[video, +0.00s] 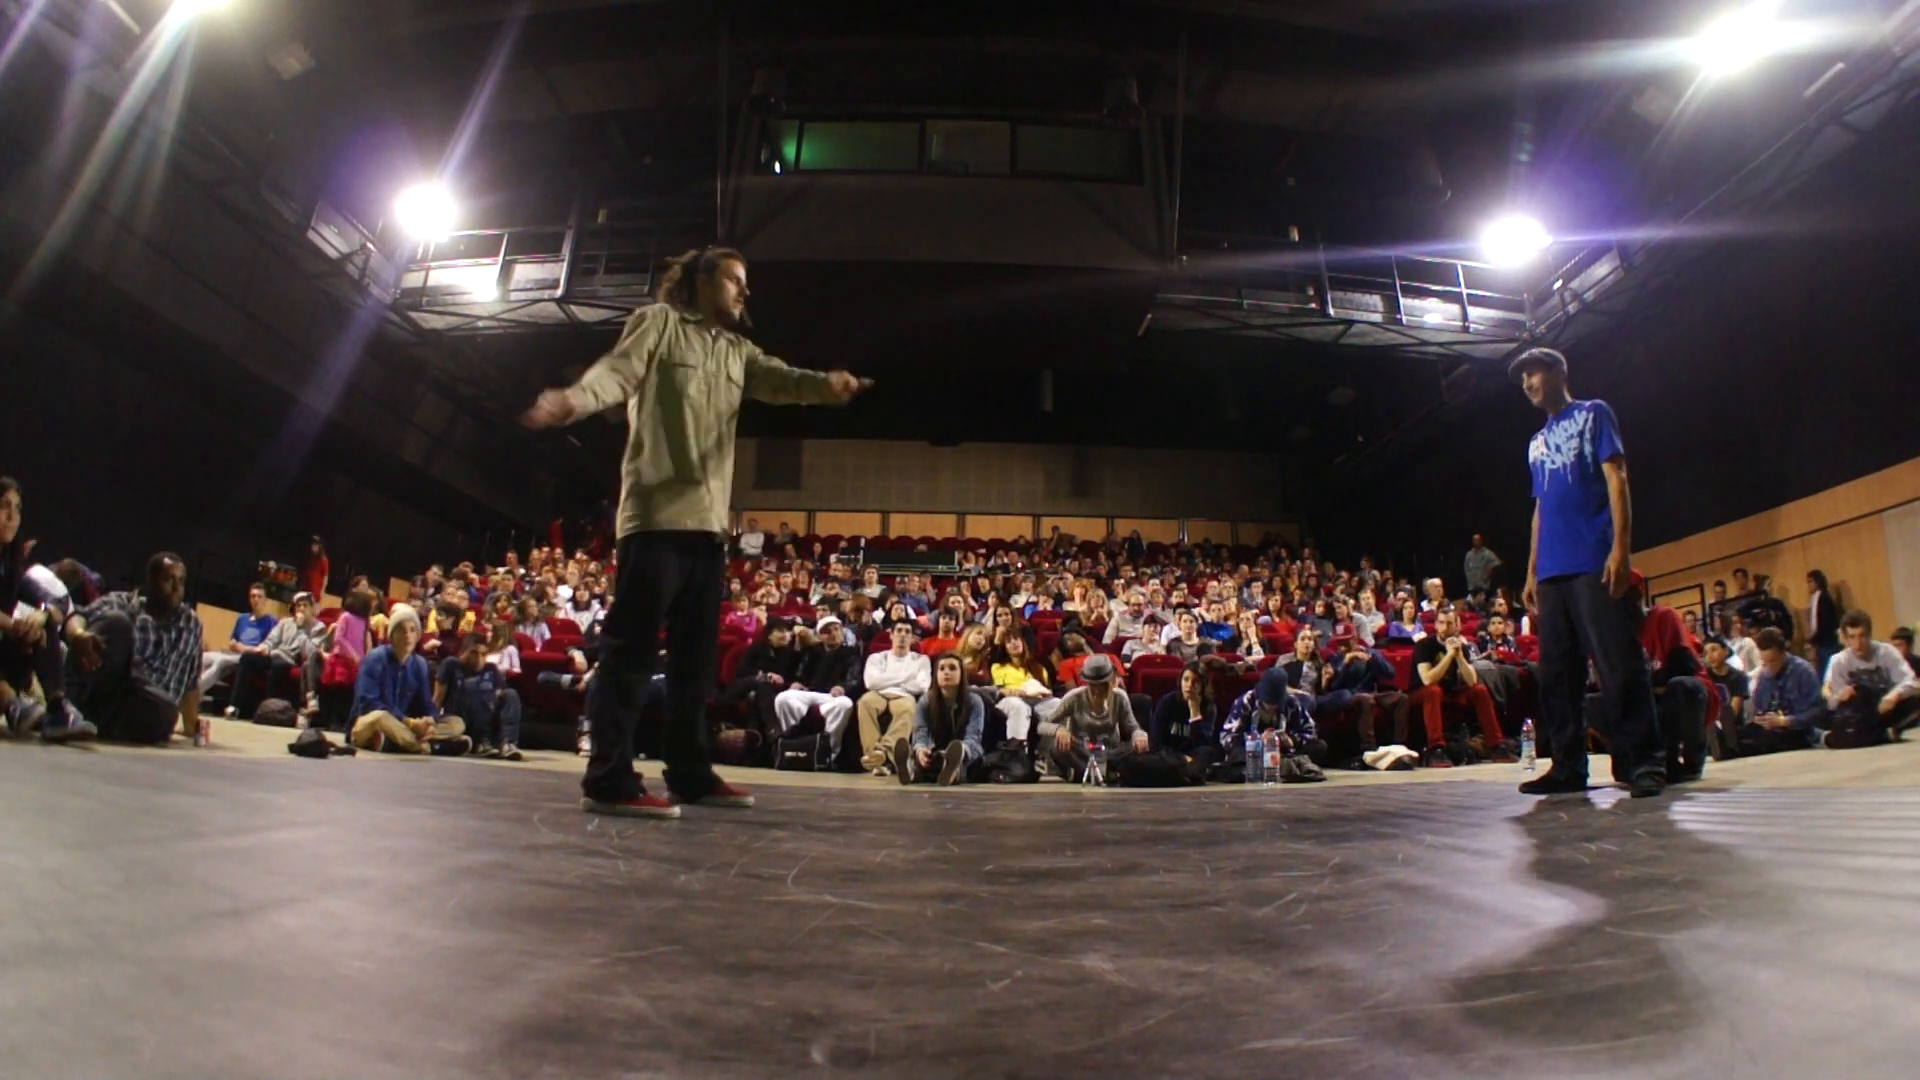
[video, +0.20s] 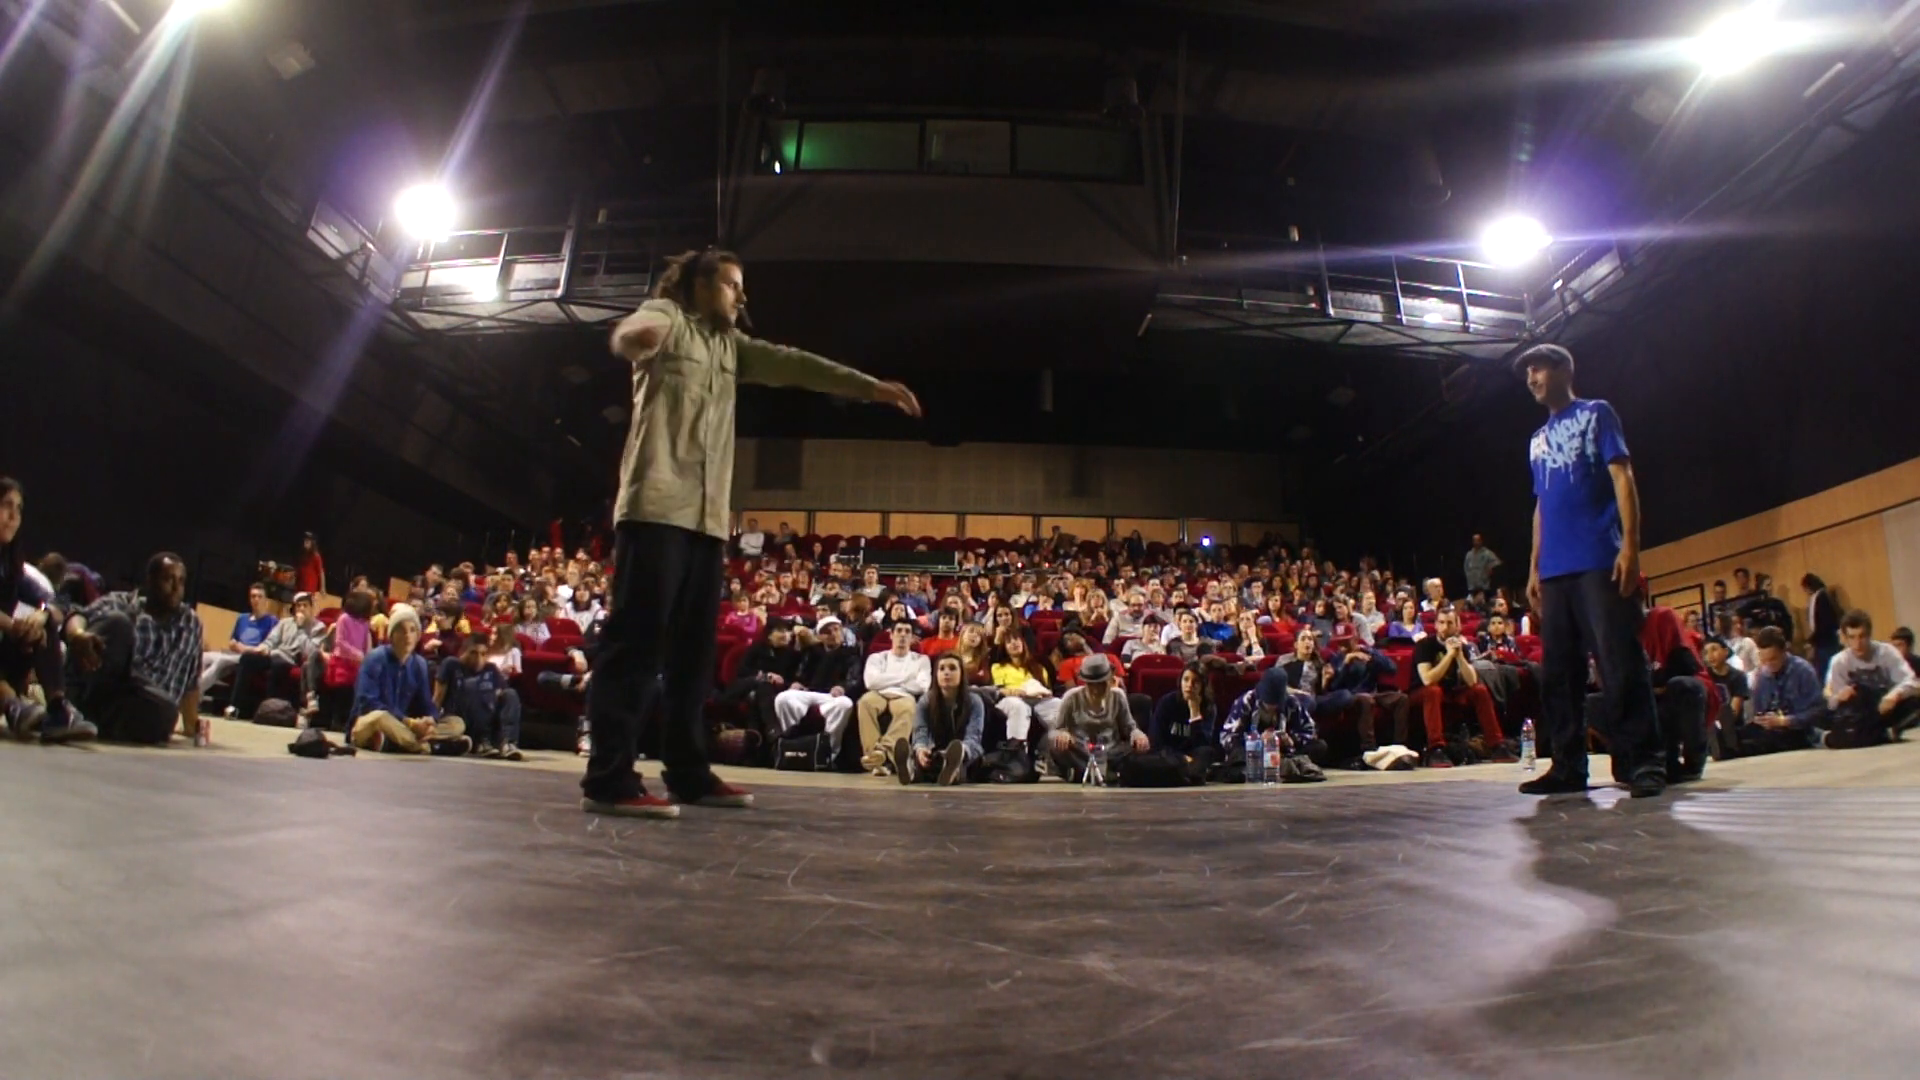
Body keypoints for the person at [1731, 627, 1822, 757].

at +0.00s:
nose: (1767, 666)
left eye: (1772, 661)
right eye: (1764, 661)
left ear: (1783, 654)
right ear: (1761, 657)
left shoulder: (1802, 671)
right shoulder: (1764, 675)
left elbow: (1817, 712)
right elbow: (1757, 709)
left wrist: (1782, 721)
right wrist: (1760, 719)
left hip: (1798, 732)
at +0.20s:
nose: (1768, 665)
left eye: (1773, 659)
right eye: (1764, 660)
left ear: (1784, 652)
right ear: (1759, 656)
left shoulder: (1802, 670)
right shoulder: (1761, 675)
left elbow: (1818, 711)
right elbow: (1757, 710)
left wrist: (1783, 721)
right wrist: (1760, 720)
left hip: (1799, 732)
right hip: (1768, 732)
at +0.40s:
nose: (1768, 663)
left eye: (1773, 658)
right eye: (1764, 658)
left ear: (1783, 652)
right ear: (1759, 656)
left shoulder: (1803, 671)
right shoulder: (1762, 676)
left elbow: (1817, 711)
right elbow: (1757, 709)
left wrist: (1783, 721)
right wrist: (1761, 719)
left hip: (1799, 732)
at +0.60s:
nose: (1771, 660)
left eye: (1775, 653)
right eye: (1765, 655)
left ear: (1784, 650)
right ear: (1759, 656)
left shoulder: (1803, 671)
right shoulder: (1761, 676)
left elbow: (1817, 711)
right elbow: (1757, 709)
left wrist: (1783, 721)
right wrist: (1763, 720)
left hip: (1799, 731)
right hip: (1769, 731)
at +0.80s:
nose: (1773, 655)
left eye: (1777, 648)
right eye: (1767, 650)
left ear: (1785, 648)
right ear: (1761, 652)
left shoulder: (1802, 670)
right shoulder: (1762, 677)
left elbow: (1817, 711)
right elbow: (1756, 711)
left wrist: (1783, 721)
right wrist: (1761, 720)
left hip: (1798, 731)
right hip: (1769, 731)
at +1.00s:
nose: (1775, 653)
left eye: (1779, 646)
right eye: (1769, 648)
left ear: (1787, 647)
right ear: (1764, 650)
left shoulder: (1803, 671)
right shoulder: (1763, 676)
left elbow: (1815, 711)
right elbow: (1757, 710)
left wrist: (1783, 721)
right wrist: (1761, 719)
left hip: (1797, 731)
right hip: (1768, 731)